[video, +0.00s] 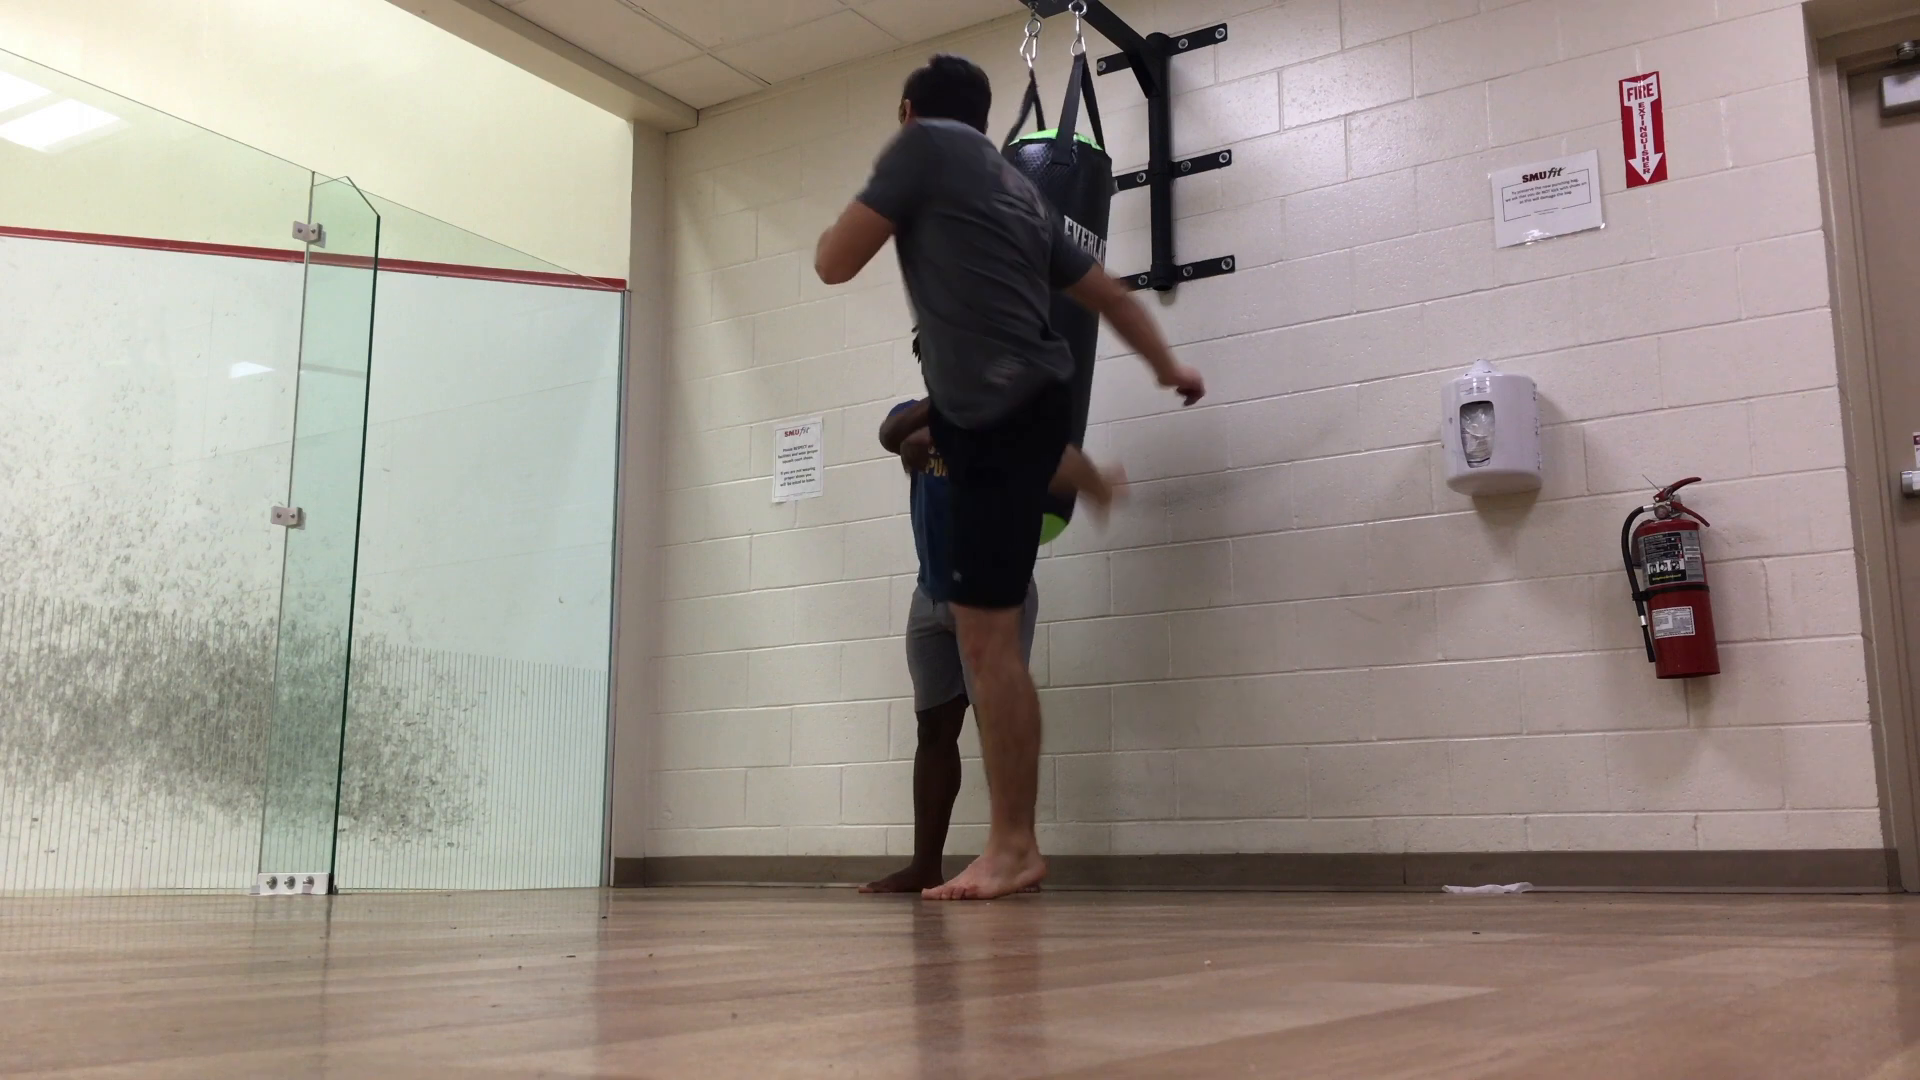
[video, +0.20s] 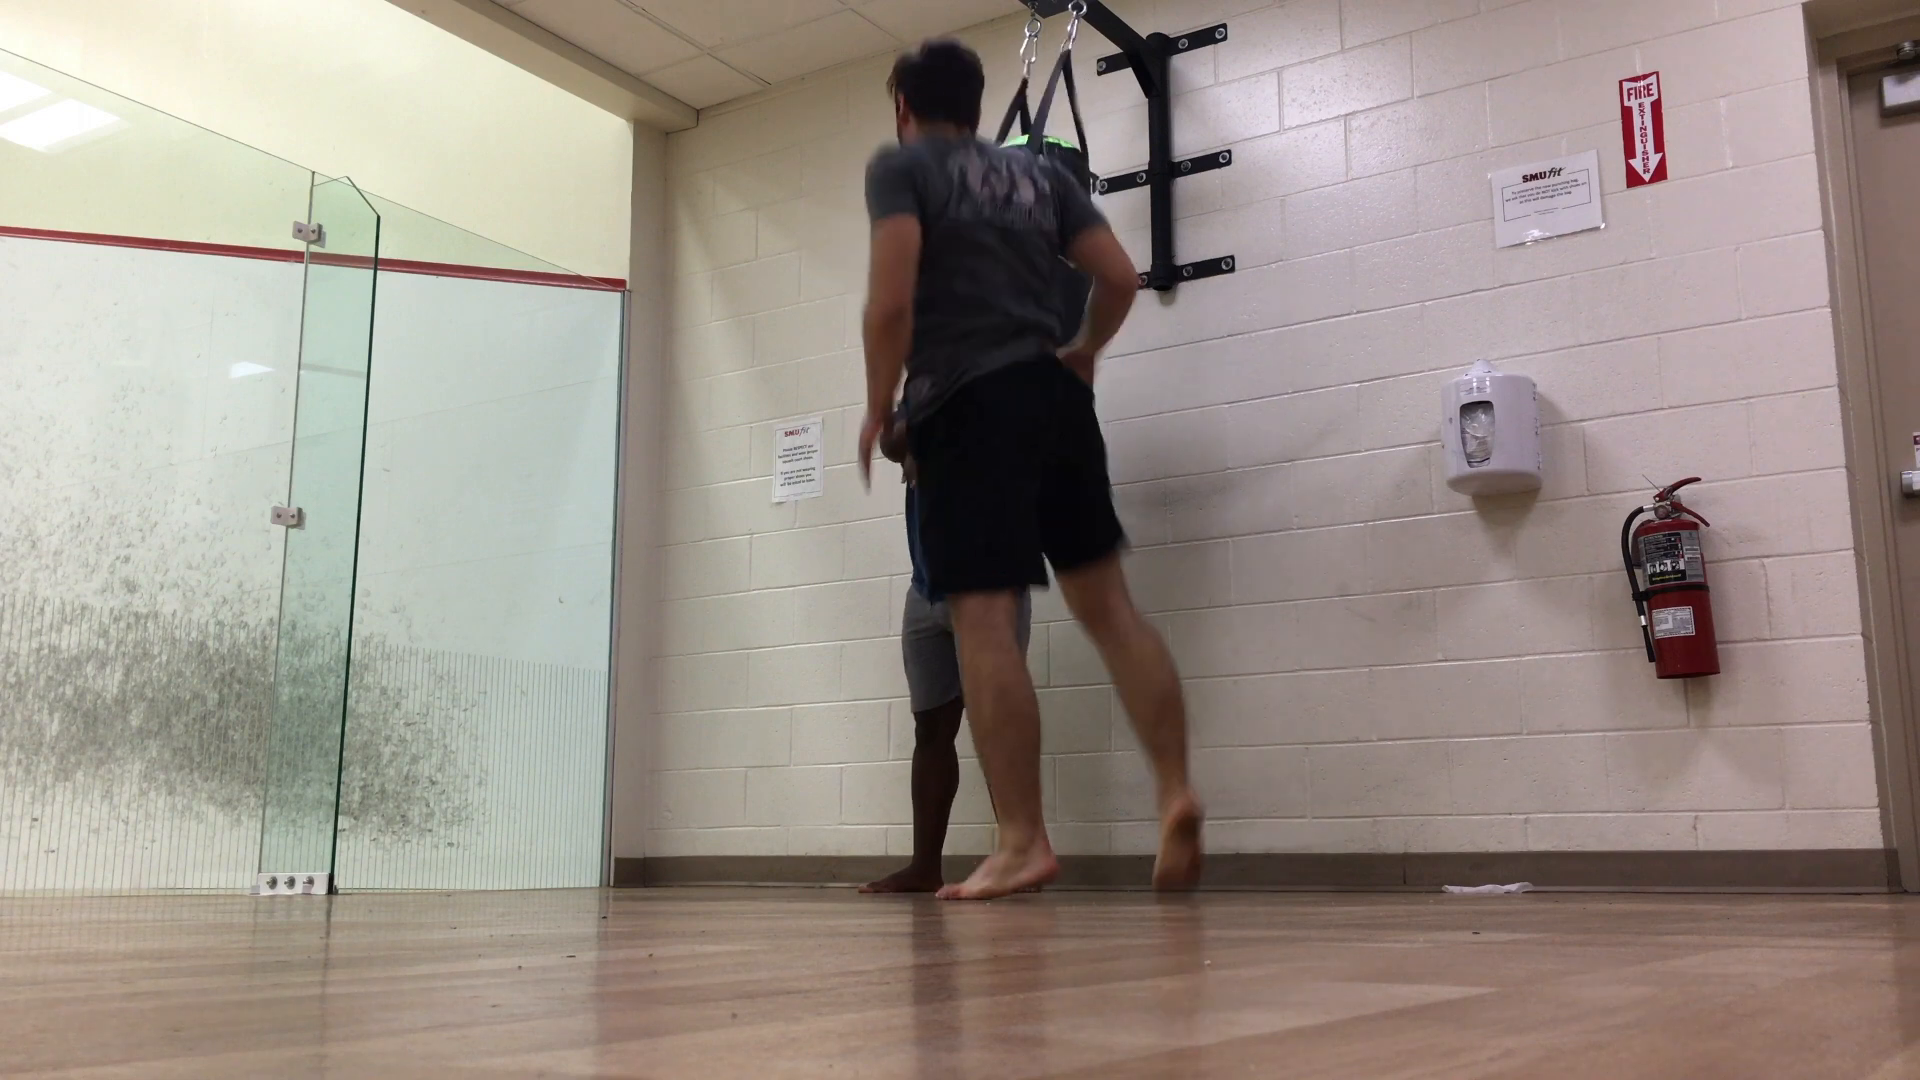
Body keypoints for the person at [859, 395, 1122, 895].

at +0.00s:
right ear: (948, 371)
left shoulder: (1022, 434)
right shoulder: (928, 416)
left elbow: (1061, 505)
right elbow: (891, 434)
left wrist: (945, 451)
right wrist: (945, 399)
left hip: (1000, 604)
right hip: (934, 594)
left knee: (1000, 726)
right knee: (934, 730)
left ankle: (1012, 851)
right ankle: (926, 862)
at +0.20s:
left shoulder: (998, 413)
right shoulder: (916, 387)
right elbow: (893, 447)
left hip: (995, 592)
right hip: (929, 589)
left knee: (1001, 723)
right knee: (932, 731)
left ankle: (1018, 854)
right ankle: (925, 864)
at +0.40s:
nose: (934, 363)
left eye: (941, 351)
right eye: (928, 354)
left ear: (974, 357)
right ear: (925, 362)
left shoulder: (1001, 414)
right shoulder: (920, 420)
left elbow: (1010, 463)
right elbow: (890, 444)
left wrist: (946, 442)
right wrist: (925, 435)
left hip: (1000, 592)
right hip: (935, 588)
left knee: (1002, 720)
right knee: (934, 723)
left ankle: (1015, 858)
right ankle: (926, 862)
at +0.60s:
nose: (940, 358)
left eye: (950, 347)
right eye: (935, 349)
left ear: (984, 354)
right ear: (930, 358)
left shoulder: (1009, 408)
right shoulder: (922, 414)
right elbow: (905, 449)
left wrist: (938, 440)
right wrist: (947, 424)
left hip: (1009, 596)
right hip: (940, 592)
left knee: (1007, 725)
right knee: (935, 727)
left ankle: (1015, 862)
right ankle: (926, 864)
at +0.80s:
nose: (964, 359)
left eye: (970, 347)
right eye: (954, 350)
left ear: (988, 352)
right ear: (943, 359)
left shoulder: (1023, 415)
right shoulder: (935, 416)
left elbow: (1043, 481)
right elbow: (932, 476)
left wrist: (962, 453)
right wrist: (988, 438)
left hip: (1020, 590)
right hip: (948, 589)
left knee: (1014, 720)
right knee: (938, 724)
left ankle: (1018, 859)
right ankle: (925, 866)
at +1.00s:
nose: (990, 368)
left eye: (999, 360)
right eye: (983, 357)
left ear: (1027, 369)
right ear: (972, 358)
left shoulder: (1049, 421)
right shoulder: (957, 417)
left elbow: (1063, 492)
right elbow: (948, 497)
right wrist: (1005, 468)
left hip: (1037, 584)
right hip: (964, 582)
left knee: (1025, 722)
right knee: (936, 725)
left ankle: (1021, 859)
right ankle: (921, 854)